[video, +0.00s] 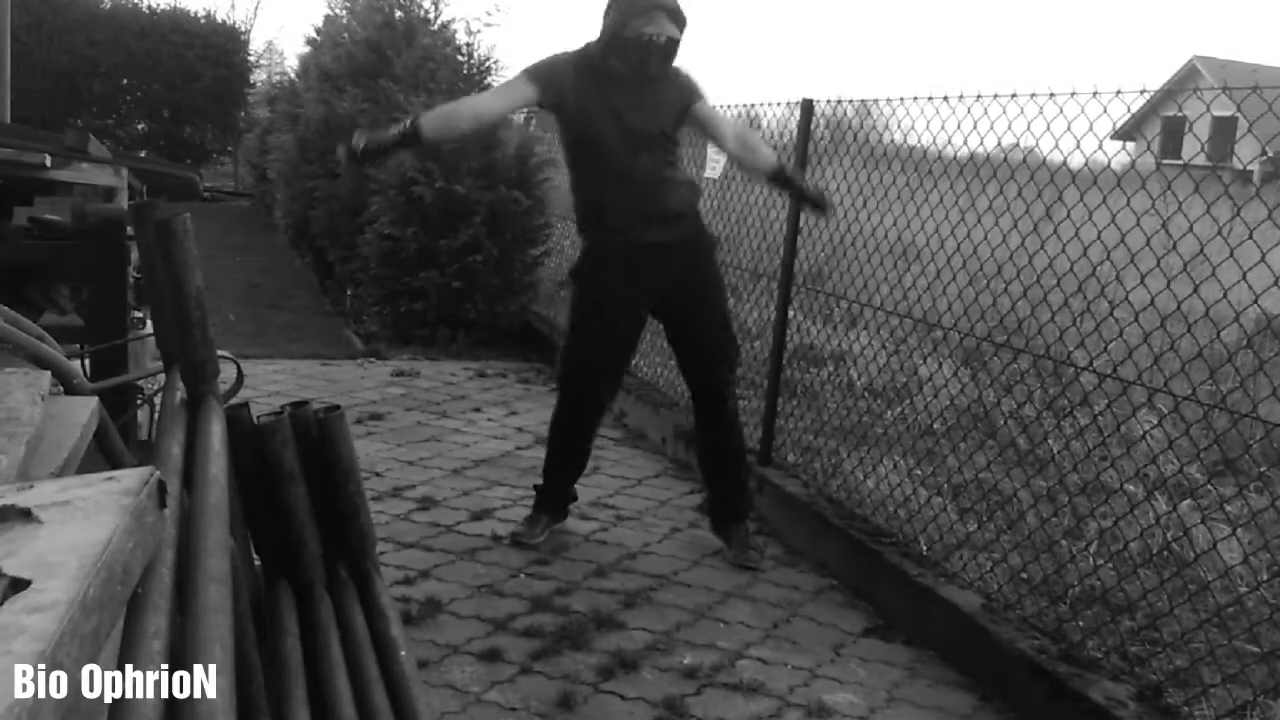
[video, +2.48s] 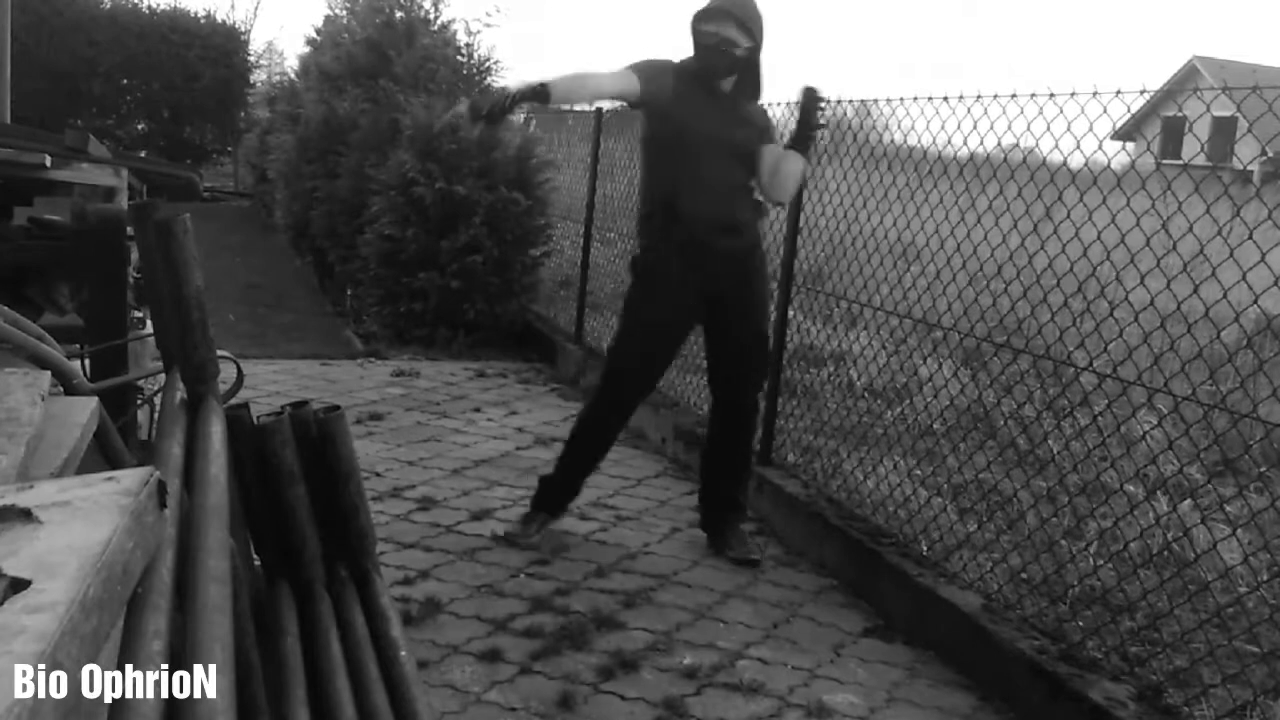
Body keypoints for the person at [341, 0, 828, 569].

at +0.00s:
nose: (658, 50)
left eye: (668, 39)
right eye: (648, 35)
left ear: (673, 38)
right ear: (618, 25)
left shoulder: (676, 87)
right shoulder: (563, 74)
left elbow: (735, 140)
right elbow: (481, 109)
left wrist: (788, 177)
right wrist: (401, 134)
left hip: (687, 258)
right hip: (612, 261)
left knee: (714, 388)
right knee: (582, 393)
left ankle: (733, 519)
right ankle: (548, 510)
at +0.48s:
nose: (663, 24)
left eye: (675, 15)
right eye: (650, 16)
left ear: (694, 23)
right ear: (633, 25)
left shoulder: (721, 68)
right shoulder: (615, 70)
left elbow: (751, 109)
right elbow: (582, 104)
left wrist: (692, 114)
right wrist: (623, 66)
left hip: (686, 256)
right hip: (611, 250)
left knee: (708, 392)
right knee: (574, 378)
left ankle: (728, 524)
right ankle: (549, 501)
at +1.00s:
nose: (663, 19)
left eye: (670, 17)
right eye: (653, 16)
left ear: (679, 17)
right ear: (638, 19)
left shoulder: (721, 59)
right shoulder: (616, 63)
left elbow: (709, 55)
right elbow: (623, 65)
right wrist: (635, 6)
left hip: (683, 251)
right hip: (611, 245)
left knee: (711, 385)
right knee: (577, 378)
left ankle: (728, 518)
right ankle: (550, 500)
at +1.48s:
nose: (738, 48)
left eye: (750, 40)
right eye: (730, 35)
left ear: (758, 43)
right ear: (704, 27)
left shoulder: (748, 88)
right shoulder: (663, 51)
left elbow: (756, 156)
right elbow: (603, 24)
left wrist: (756, 199)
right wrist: (582, 38)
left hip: (715, 257)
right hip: (643, 248)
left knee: (721, 394)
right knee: (591, 378)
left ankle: (721, 520)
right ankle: (541, 498)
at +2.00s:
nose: (707, 28)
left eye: (720, 18)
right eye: (705, 19)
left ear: (751, 23)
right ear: (706, 23)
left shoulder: (781, 74)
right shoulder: (716, 83)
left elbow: (802, 121)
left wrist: (792, 156)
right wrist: (673, 161)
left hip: (742, 239)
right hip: (684, 225)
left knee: (733, 386)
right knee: (653, 303)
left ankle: (722, 520)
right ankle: (622, 416)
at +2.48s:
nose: (717, 55)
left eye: (731, 47)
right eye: (709, 42)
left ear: (751, 52)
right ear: (695, 40)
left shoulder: (755, 119)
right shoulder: (665, 81)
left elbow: (780, 190)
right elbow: (597, 85)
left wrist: (804, 132)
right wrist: (523, 95)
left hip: (737, 274)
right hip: (668, 265)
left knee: (738, 399)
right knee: (620, 390)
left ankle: (725, 524)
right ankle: (547, 507)